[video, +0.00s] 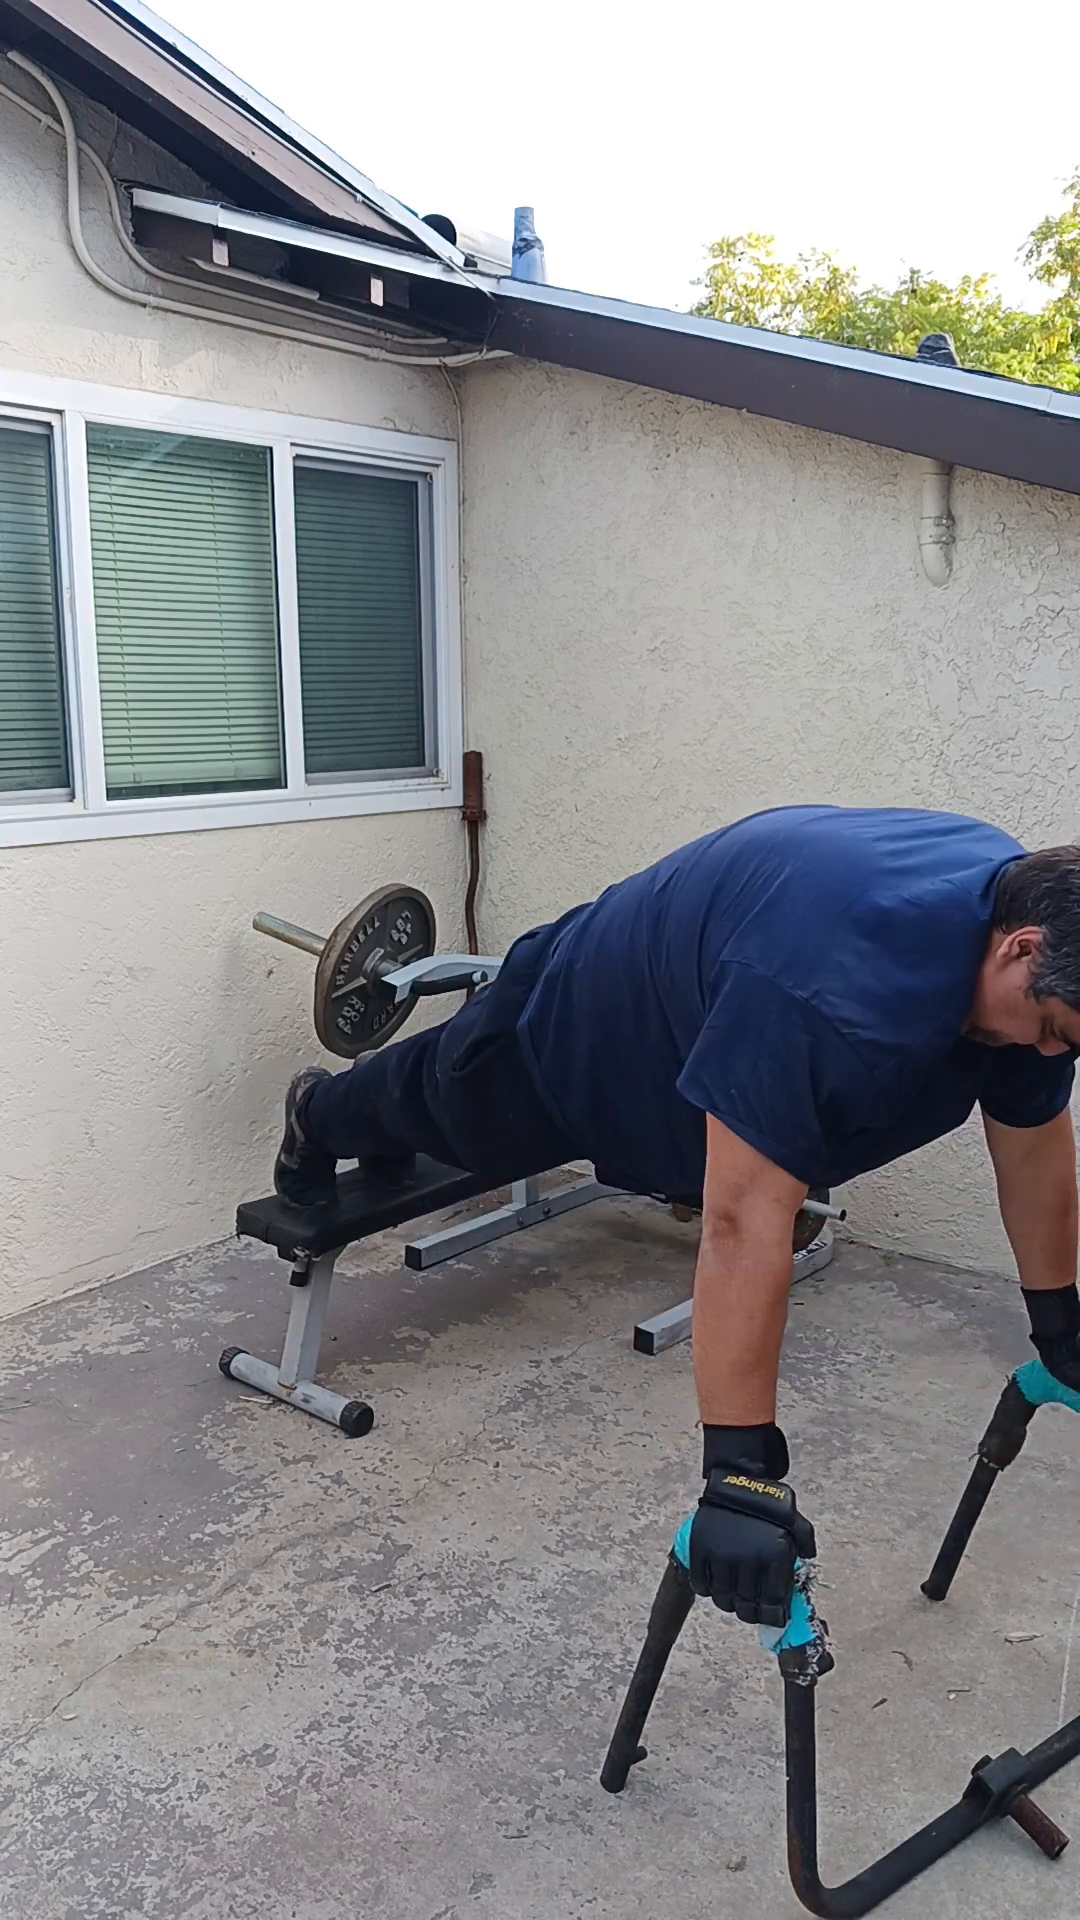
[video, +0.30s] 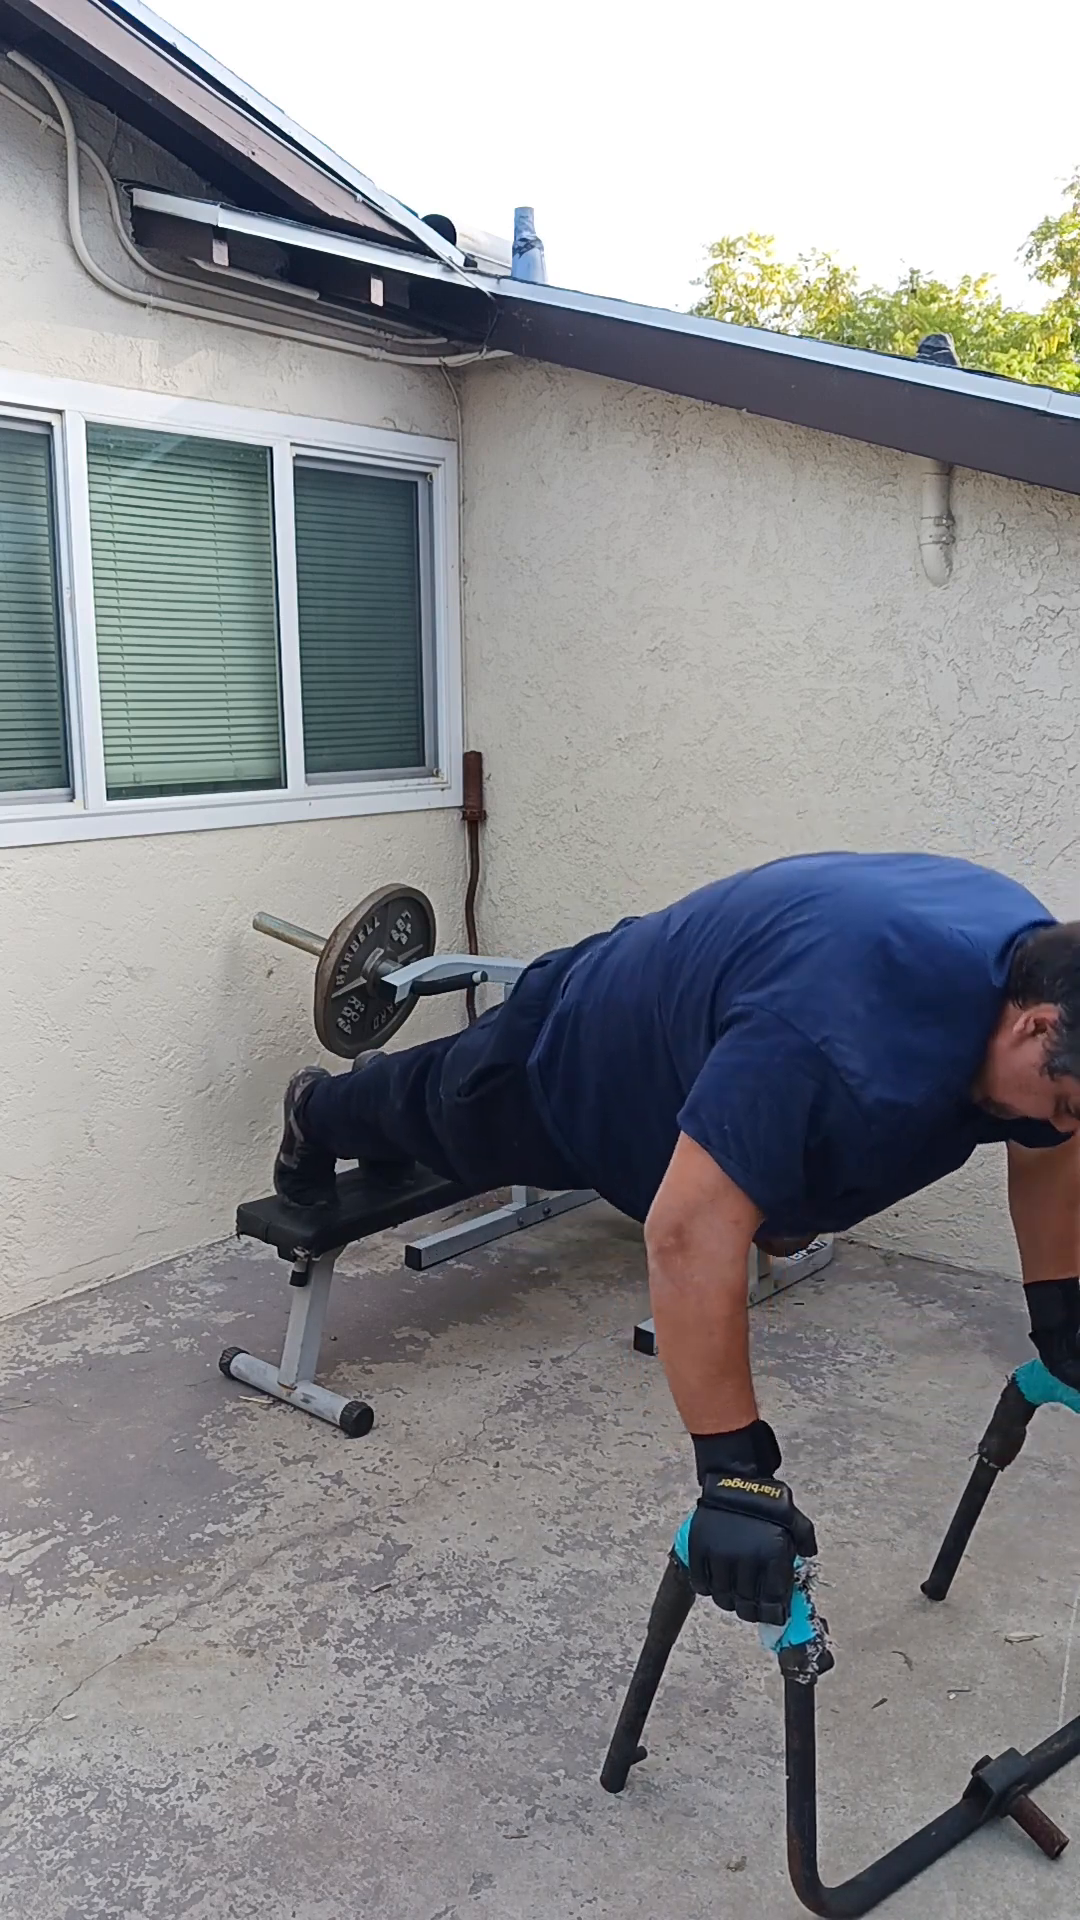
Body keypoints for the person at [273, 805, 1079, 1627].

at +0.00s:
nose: (1047, 1053)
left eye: (1064, 1041)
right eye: (1049, 1027)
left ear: (1031, 946)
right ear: (1013, 947)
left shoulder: (1019, 950)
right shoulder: (819, 982)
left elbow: (1039, 1152)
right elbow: (741, 1229)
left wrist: (1058, 1322)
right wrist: (740, 1475)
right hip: (599, 1001)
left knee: (515, 1097)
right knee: (440, 1080)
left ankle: (409, 1131)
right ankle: (315, 1115)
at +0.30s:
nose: (1055, 1128)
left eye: (1070, 1118)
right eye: (1060, 1105)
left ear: (1044, 1026)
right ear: (1030, 1032)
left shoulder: (1035, 968)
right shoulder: (820, 1032)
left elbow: (1048, 1150)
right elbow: (689, 1238)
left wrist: (1058, 1324)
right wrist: (735, 1479)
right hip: (591, 1041)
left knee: (508, 1115)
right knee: (433, 1095)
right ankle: (314, 1110)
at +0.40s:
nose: (1058, 1198)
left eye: (1073, 1185)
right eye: (1069, 1176)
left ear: (1055, 1118)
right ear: (1046, 1125)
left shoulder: (1051, 1024)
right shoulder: (840, 1096)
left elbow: (1051, 1172)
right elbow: (661, 1258)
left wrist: (1058, 1308)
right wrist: (732, 1479)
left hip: (711, 981)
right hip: (599, 1065)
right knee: (441, 1110)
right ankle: (320, 1107)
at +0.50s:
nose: (1045, 1302)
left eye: (1064, 1299)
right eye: (1061, 1286)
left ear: (1063, 1210)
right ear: (1055, 1222)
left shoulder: (1068, 1070)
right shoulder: (880, 1160)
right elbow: (644, 1267)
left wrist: (1052, 1308)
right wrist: (731, 1480)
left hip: (696, 1031)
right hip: (594, 1106)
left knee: (496, 1105)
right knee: (438, 1121)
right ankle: (317, 1111)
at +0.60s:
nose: (1050, 1385)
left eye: (1066, 1379)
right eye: (1066, 1370)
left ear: (1067, 1301)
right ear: (1057, 1308)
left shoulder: (1075, 1132)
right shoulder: (898, 1244)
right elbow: (643, 1277)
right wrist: (731, 1484)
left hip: (704, 1070)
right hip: (601, 1146)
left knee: (524, 1099)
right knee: (442, 1132)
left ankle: (389, 1088)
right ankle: (316, 1107)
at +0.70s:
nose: (1049, 1454)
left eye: (1064, 1448)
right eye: (1068, 1443)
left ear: (1068, 1387)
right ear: (1062, 1391)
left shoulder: (1079, 1184)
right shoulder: (905, 1294)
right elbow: (653, 1277)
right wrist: (731, 1484)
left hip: (706, 1101)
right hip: (598, 1185)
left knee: (529, 1122)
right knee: (443, 1156)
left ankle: (392, 1082)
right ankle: (317, 1106)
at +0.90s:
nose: (1046, 1557)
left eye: (1062, 1556)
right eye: (1065, 1545)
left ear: (1068, 1485)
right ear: (1060, 1487)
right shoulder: (934, 1377)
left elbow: (1059, 1131)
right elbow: (686, 1271)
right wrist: (733, 1486)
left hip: (715, 1156)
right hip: (622, 1223)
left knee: (538, 1144)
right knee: (452, 1190)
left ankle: (397, 1084)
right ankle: (324, 1112)